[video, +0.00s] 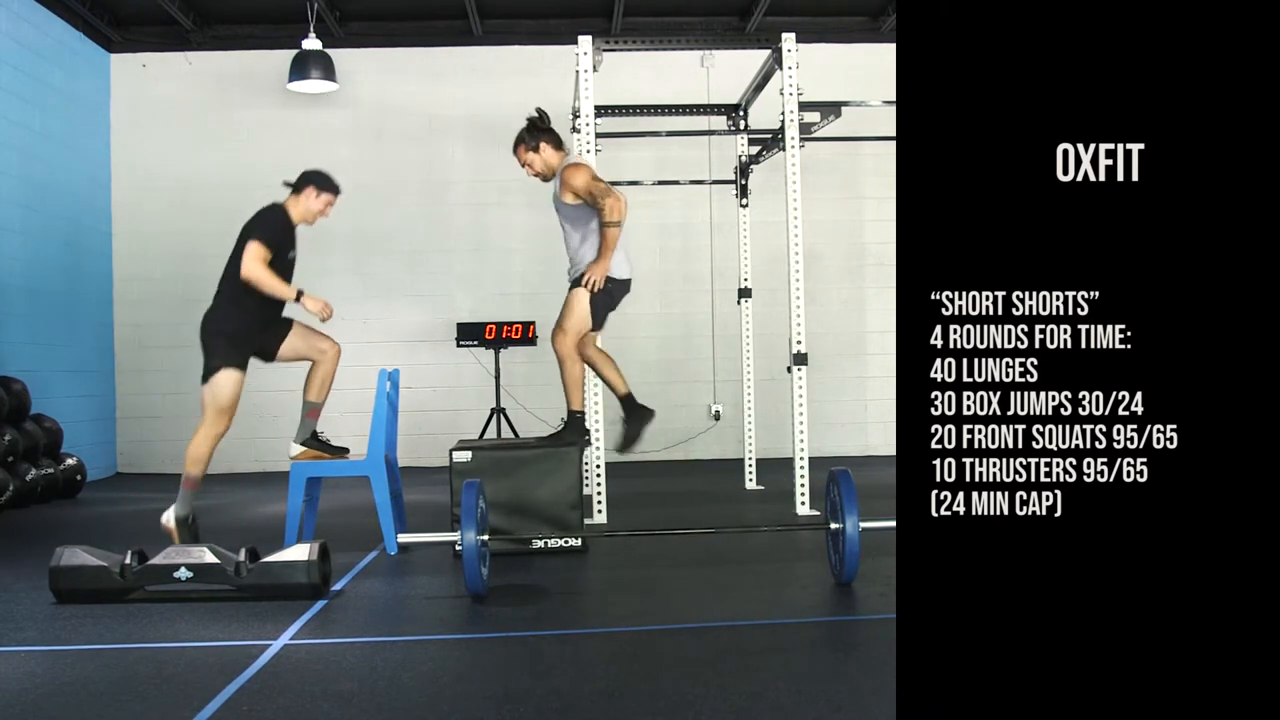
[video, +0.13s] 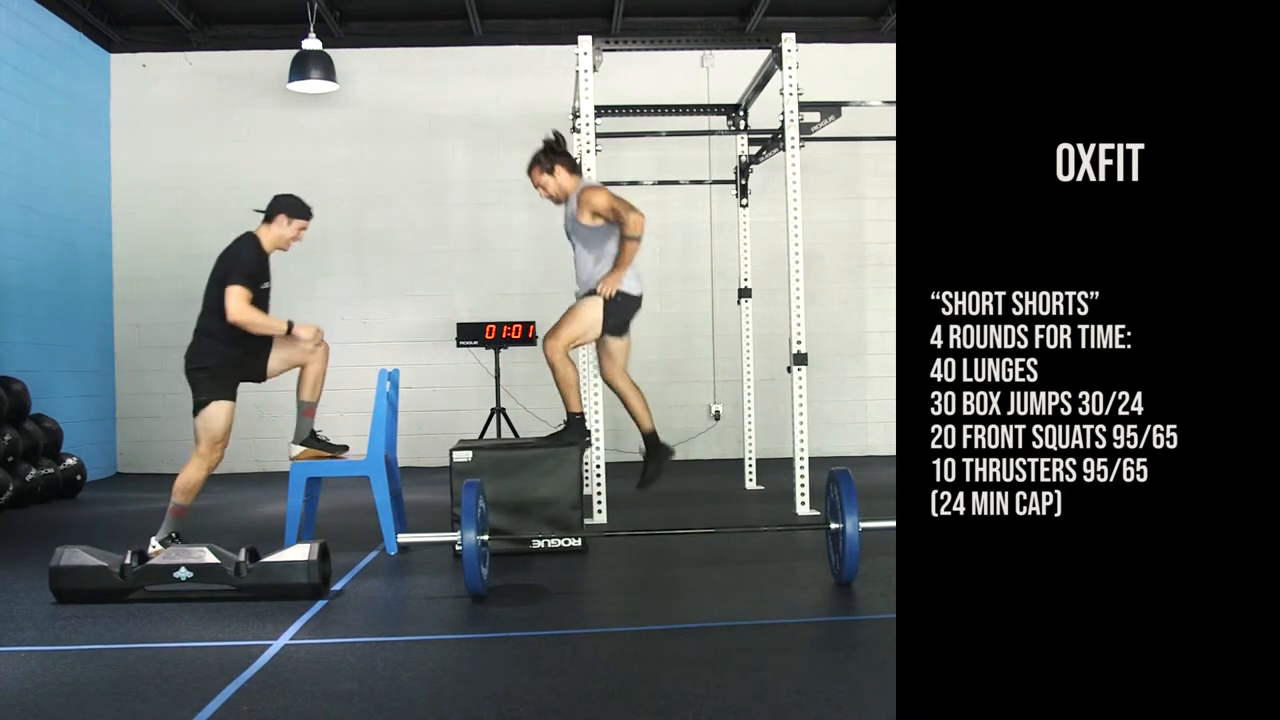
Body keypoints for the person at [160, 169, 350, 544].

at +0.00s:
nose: (327, 212)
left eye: (330, 206)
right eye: (326, 204)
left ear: (310, 197)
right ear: (308, 194)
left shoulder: (285, 229)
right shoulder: (271, 219)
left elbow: (257, 278)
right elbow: (251, 269)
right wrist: (303, 297)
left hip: (261, 327)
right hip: (229, 326)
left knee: (327, 350)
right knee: (216, 422)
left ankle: (307, 438)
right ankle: (180, 512)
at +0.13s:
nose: (299, 238)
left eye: (303, 231)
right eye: (298, 229)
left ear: (282, 223)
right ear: (279, 220)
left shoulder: (259, 255)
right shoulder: (245, 253)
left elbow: (249, 314)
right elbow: (236, 312)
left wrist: (289, 333)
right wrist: (293, 329)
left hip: (243, 354)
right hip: (214, 360)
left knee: (315, 350)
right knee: (210, 452)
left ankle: (304, 437)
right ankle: (165, 536)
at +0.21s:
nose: (289, 234)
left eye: (292, 228)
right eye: (287, 226)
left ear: (269, 221)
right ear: (268, 219)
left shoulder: (247, 252)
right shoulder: (234, 252)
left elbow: (231, 314)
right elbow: (223, 314)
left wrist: (270, 340)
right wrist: (276, 336)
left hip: (232, 353)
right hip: (205, 359)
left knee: (308, 350)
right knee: (206, 452)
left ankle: (296, 437)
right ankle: (164, 537)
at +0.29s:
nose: (280, 226)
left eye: (282, 220)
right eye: (277, 218)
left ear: (260, 213)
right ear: (258, 210)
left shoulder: (241, 246)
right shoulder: (225, 245)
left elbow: (225, 307)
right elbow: (210, 308)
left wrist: (254, 341)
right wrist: (263, 333)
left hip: (230, 348)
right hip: (201, 351)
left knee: (302, 363)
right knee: (196, 448)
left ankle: (260, 439)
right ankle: (163, 537)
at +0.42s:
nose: (271, 219)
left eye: (273, 213)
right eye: (268, 211)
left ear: (251, 208)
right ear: (248, 206)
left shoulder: (236, 245)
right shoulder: (219, 242)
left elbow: (214, 304)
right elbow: (197, 303)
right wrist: (249, 332)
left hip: (226, 355)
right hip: (197, 354)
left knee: (277, 414)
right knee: (187, 446)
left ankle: (220, 483)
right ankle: (162, 537)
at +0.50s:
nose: (268, 218)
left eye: (270, 212)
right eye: (265, 210)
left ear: (249, 208)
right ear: (243, 205)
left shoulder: (236, 245)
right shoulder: (218, 242)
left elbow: (218, 302)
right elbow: (192, 300)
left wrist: (240, 344)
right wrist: (242, 334)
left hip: (225, 359)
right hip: (199, 359)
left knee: (243, 441)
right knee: (195, 448)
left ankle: (202, 524)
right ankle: (163, 537)